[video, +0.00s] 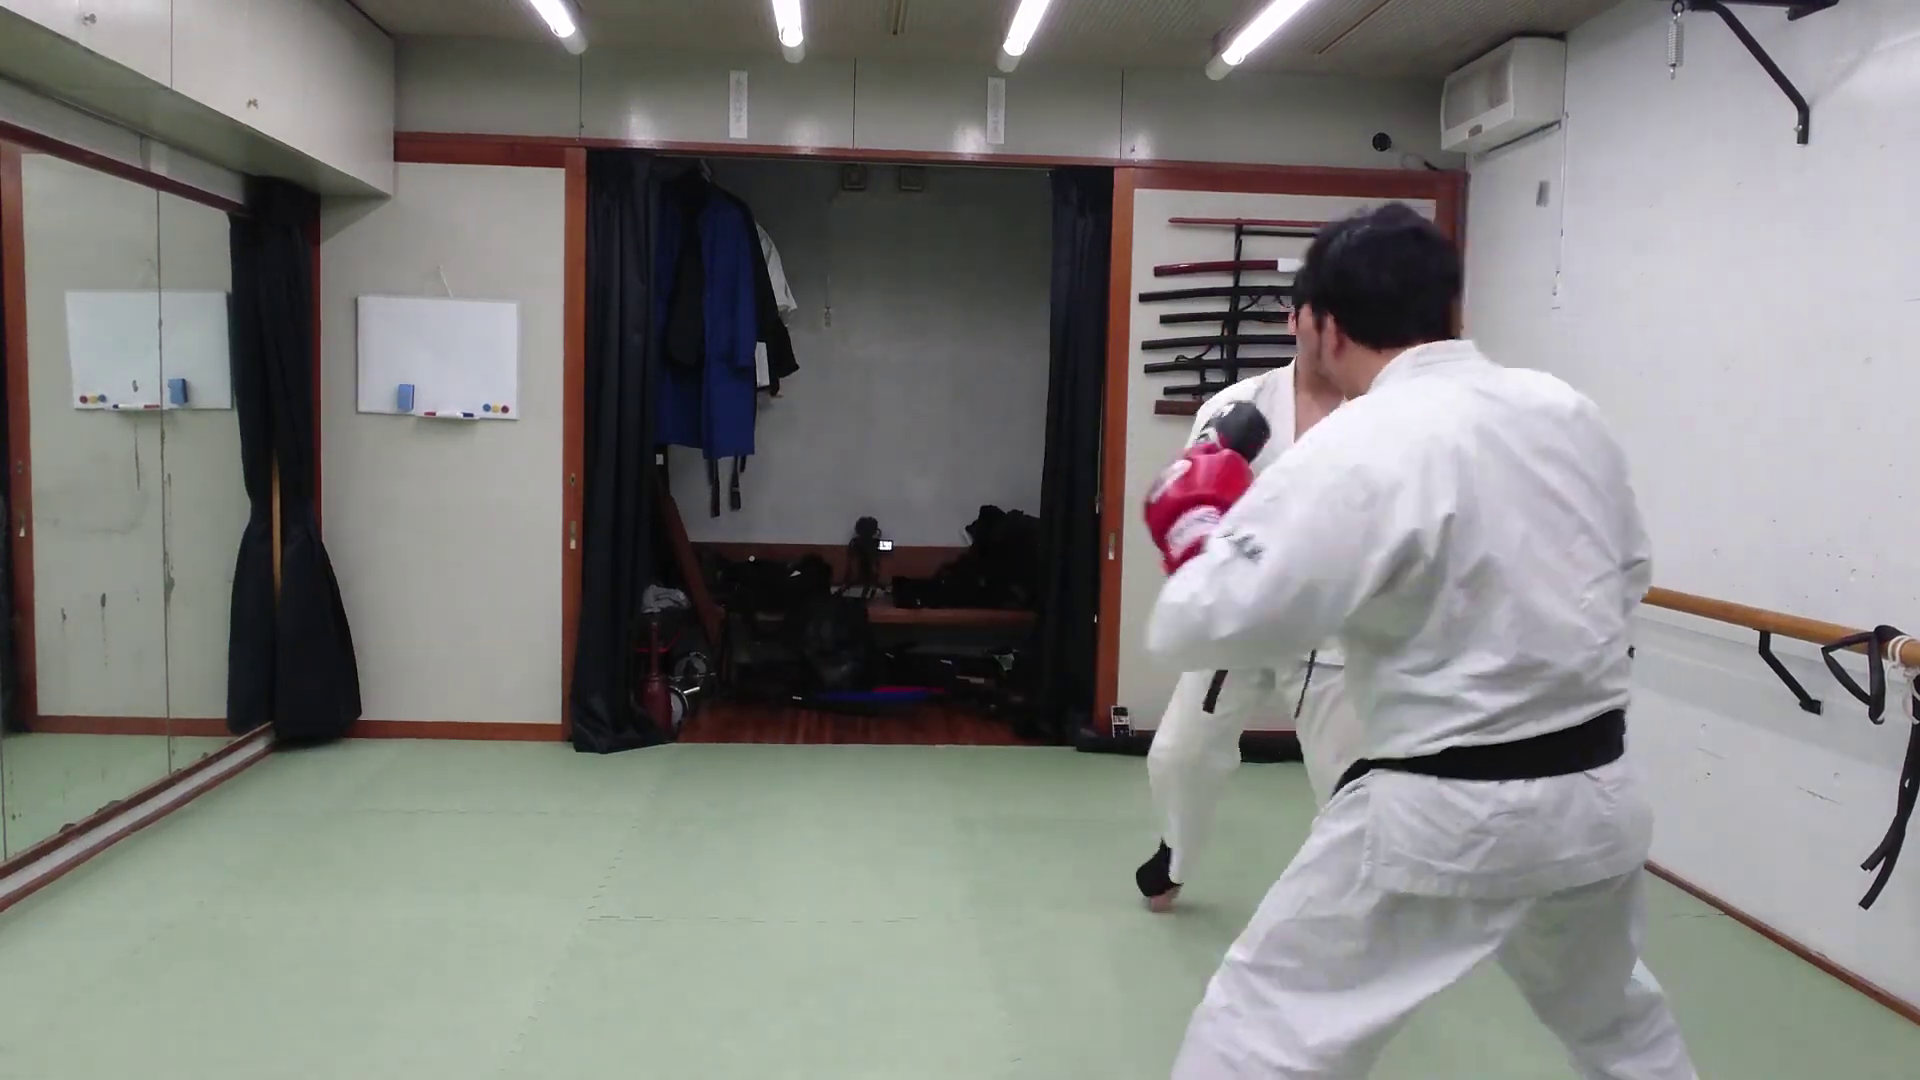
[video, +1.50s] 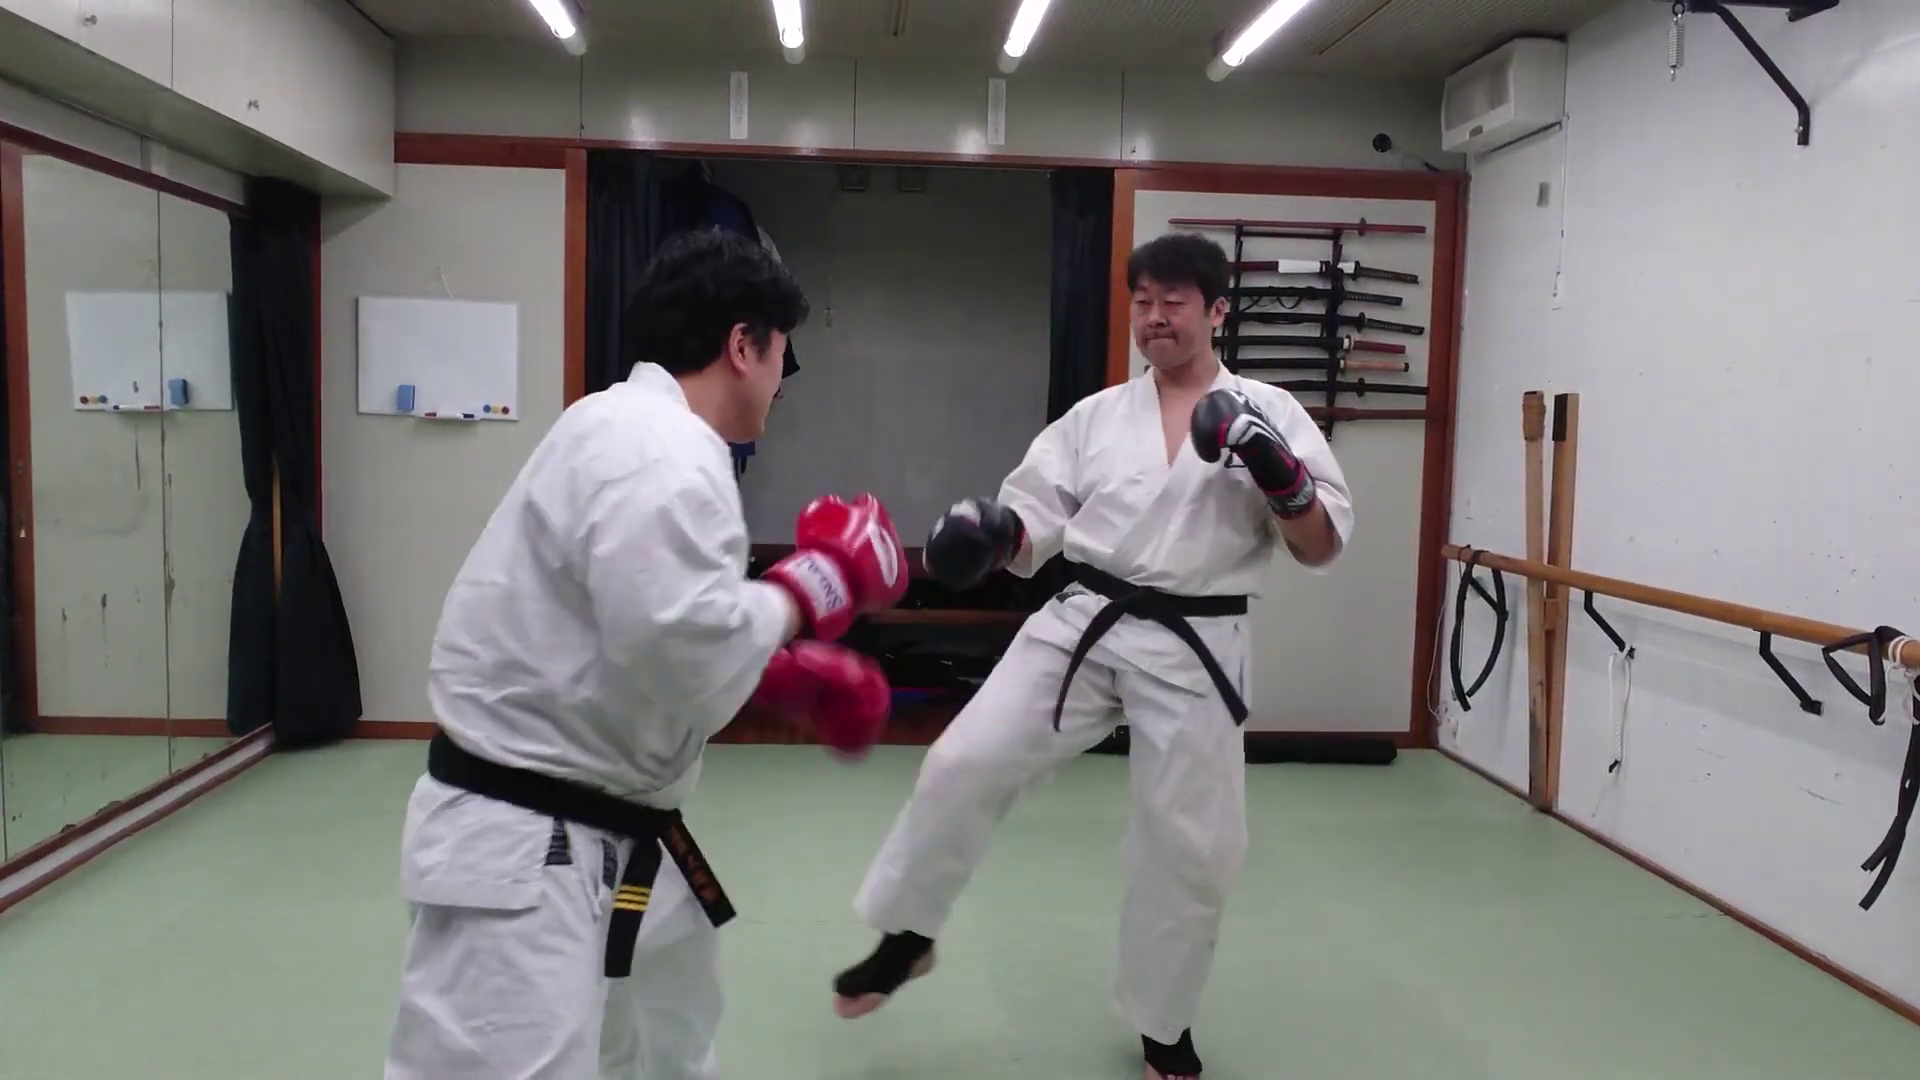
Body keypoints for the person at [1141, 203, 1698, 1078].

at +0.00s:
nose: (1298, 340)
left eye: (1298, 319)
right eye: (1297, 320)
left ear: (1324, 323)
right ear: (1448, 306)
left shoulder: (1366, 446)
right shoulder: (1568, 410)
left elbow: (1227, 619)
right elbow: (1631, 572)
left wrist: (1192, 529)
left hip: (1434, 822)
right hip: (1597, 801)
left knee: (1258, 1018)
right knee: (1620, 1019)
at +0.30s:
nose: (1144, 262)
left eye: (1145, 244)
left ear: (1161, 259)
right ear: (1287, 237)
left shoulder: (1115, 377)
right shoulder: (1392, 336)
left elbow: (1000, 567)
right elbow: (1504, 497)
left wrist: (1029, 618)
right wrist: (1427, 537)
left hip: (1197, 783)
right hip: (1387, 777)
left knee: (1182, 1056)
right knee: (1430, 1052)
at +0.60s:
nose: (1231, 258)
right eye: (1230, 242)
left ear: (1077, 250)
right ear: (1215, 250)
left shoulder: (975, 369)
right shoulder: (1270, 383)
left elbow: (865, 580)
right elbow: (1311, 602)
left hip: (961, 790)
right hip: (1130, 820)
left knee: (968, 1042)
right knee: (1100, 1064)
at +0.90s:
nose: (1031, 302)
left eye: (1031, 279)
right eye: (1031, 276)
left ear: (900, 264)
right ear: (1009, 277)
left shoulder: (797, 386)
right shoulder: (1009, 396)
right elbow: (1114, 567)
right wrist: (1129, 421)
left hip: (758, 782)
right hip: (892, 812)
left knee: (762, 1054)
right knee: (980, 1061)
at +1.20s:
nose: (844, 289)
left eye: (849, 265)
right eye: (845, 263)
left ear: (736, 240)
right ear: (802, 251)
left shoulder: (680, 335)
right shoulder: (775, 352)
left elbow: (838, 515)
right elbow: (922, 485)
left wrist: (935, 617)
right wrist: (969, 347)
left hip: (599, 757)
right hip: (659, 774)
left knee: (673, 1038)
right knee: (677, 1051)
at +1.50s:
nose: (783, 383)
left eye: (787, 359)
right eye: (784, 357)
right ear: (741, 345)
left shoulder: (620, 428)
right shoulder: (659, 454)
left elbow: (641, 642)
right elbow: (684, 645)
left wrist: (780, 678)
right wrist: (818, 579)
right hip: (530, 844)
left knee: (674, 1002)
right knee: (504, 1061)